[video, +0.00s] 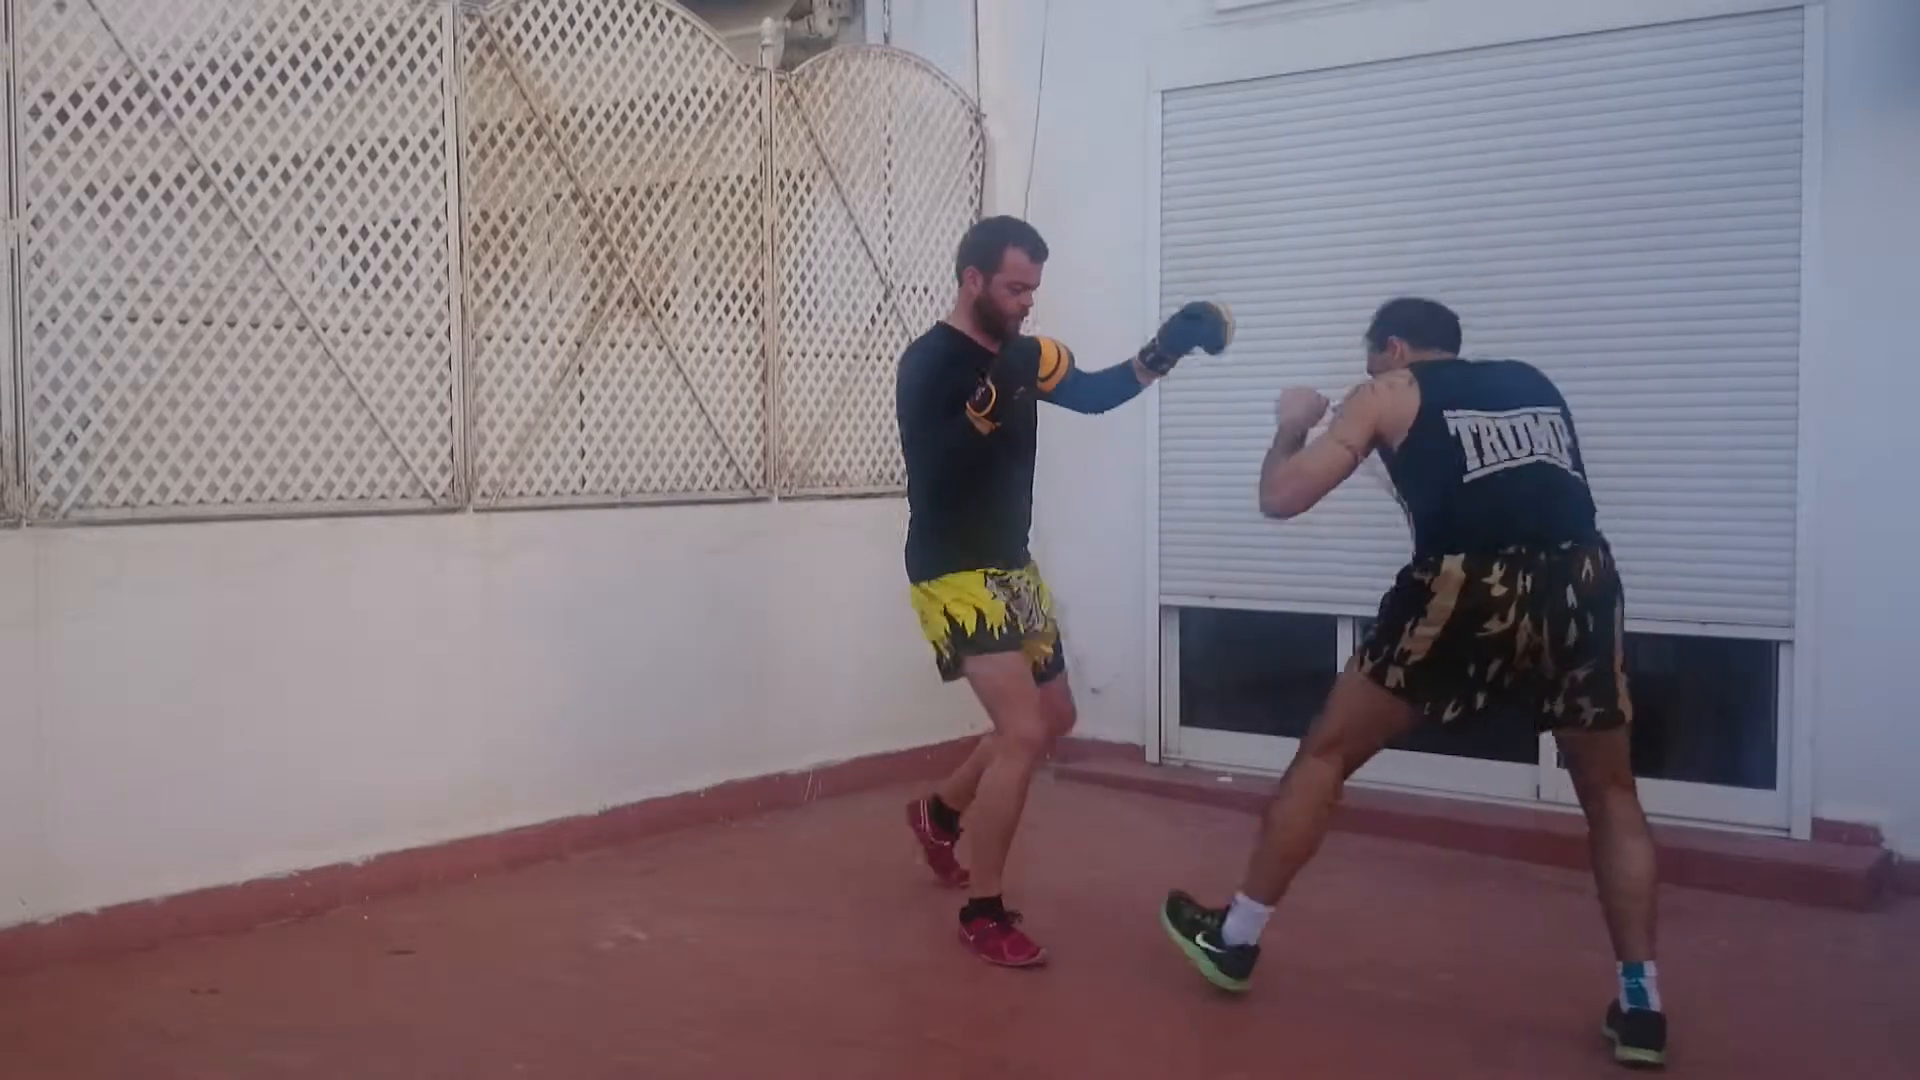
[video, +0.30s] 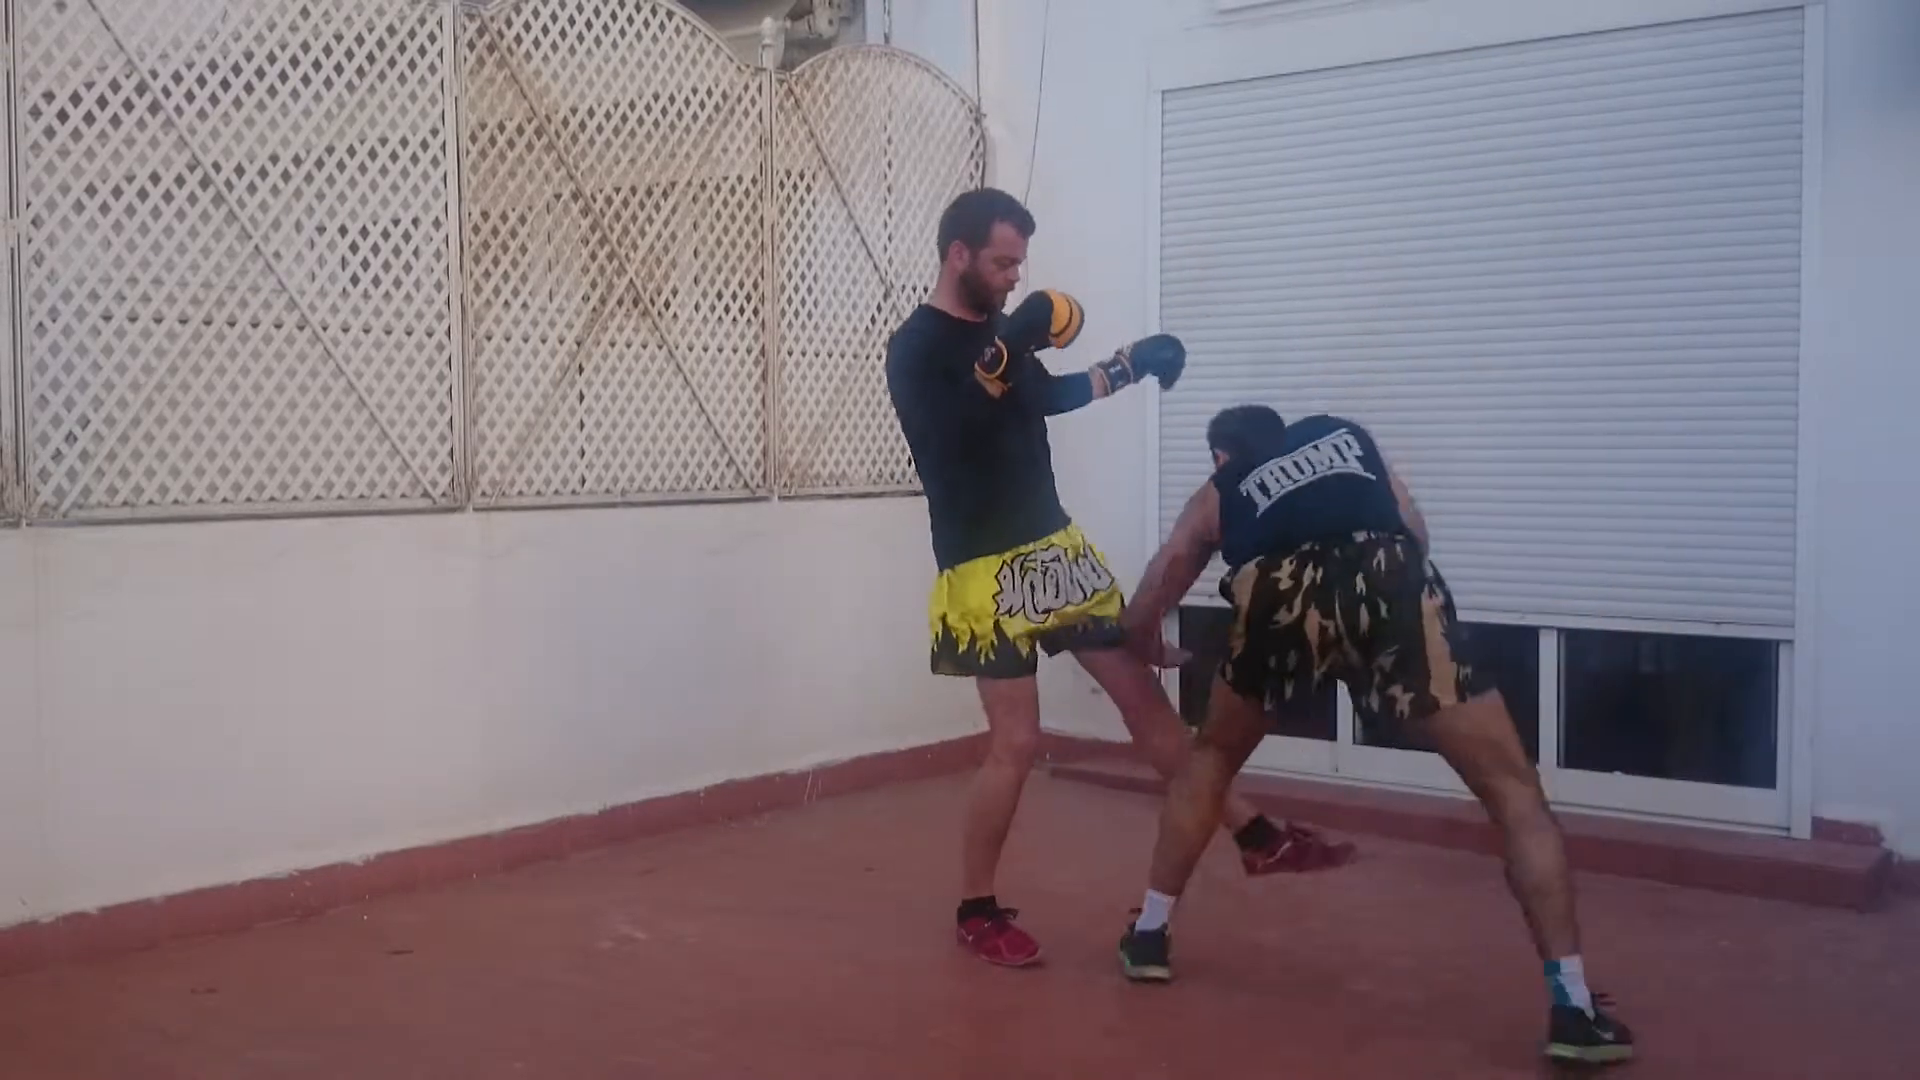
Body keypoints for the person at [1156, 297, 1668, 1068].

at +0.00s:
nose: (1371, 374)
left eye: (1373, 363)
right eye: (1373, 364)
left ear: (1393, 351)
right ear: (1451, 346)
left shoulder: (1385, 393)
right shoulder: (1531, 382)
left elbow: (1279, 496)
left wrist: (1290, 428)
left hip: (1465, 589)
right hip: (1581, 591)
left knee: (1328, 753)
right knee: (1613, 794)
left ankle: (1236, 938)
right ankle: (1641, 1004)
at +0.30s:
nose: (1213, 468)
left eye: (1213, 461)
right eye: (1212, 460)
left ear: (1226, 455)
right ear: (1281, 432)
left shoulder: (1217, 494)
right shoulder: (1346, 435)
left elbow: (1146, 608)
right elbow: (1411, 525)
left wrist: (1145, 645)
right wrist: (1400, 597)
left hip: (1280, 593)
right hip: (1393, 580)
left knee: (1215, 750)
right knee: (1511, 787)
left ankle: (1149, 928)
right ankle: (1573, 1001)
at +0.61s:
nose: (1278, 291)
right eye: (1262, 283)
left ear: (1258, 306)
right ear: (1234, 290)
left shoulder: (1282, 409)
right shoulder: (1204, 325)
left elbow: (1372, 504)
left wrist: (1405, 421)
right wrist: (1309, 308)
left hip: (1218, 569)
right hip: (1254, 554)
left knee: (1242, 777)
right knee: (1361, 756)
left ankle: (1112, 918)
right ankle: (1321, 985)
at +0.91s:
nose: (1326, 289)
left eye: (1334, 288)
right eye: (1313, 276)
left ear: (1325, 323)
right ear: (1269, 290)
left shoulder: (1315, 402)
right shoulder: (1214, 319)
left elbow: (1361, 466)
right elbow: (1180, 203)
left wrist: (1356, 351)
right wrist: (1277, 253)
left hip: (1241, 562)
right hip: (1193, 540)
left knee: (1206, 772)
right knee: (1260, 750)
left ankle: (1107, 913)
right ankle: (1255, 976)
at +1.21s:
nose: (1324, 287)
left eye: (1324, 269)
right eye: (1322, 264)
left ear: (1267, 269)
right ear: (1281, 264)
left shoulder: (1257, 349)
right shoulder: (1254, 303)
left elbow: (1305, 487)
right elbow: (1358, 253)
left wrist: (1357, 408)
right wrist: (1366, 303)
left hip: (1204, 547)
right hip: (1265, 539)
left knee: (1203, 744)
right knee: (1390, 725)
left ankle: (1108, 906)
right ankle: (1346, 948)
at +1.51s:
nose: (1333, 286)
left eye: (1332, 273)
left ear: (1331, 274)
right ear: (1410, 281)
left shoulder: (1285, 343)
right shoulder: (1456, 353)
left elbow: (1222, 464)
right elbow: (1490, 492)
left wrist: (1292, 417)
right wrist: (1478, 408)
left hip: (1301, 574)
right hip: (1419, 579)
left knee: (1232, 750)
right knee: (1458, 779)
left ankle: (1160, 922)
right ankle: (1455, 995)